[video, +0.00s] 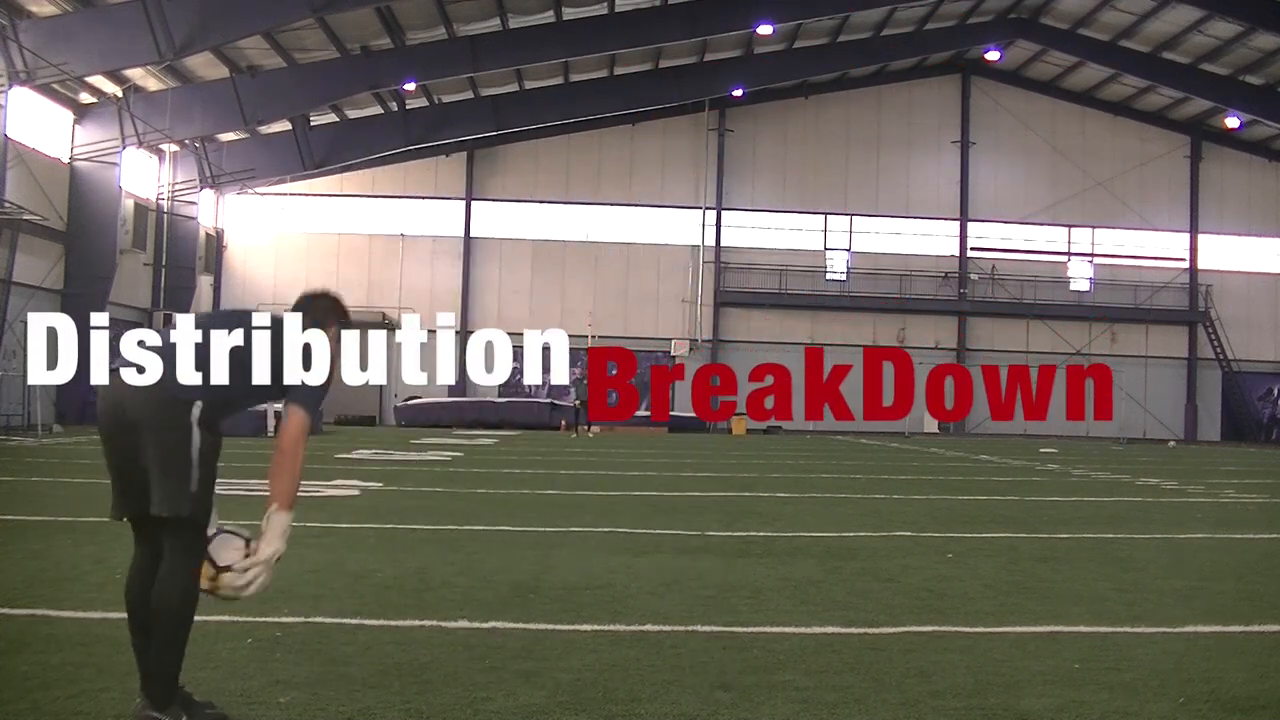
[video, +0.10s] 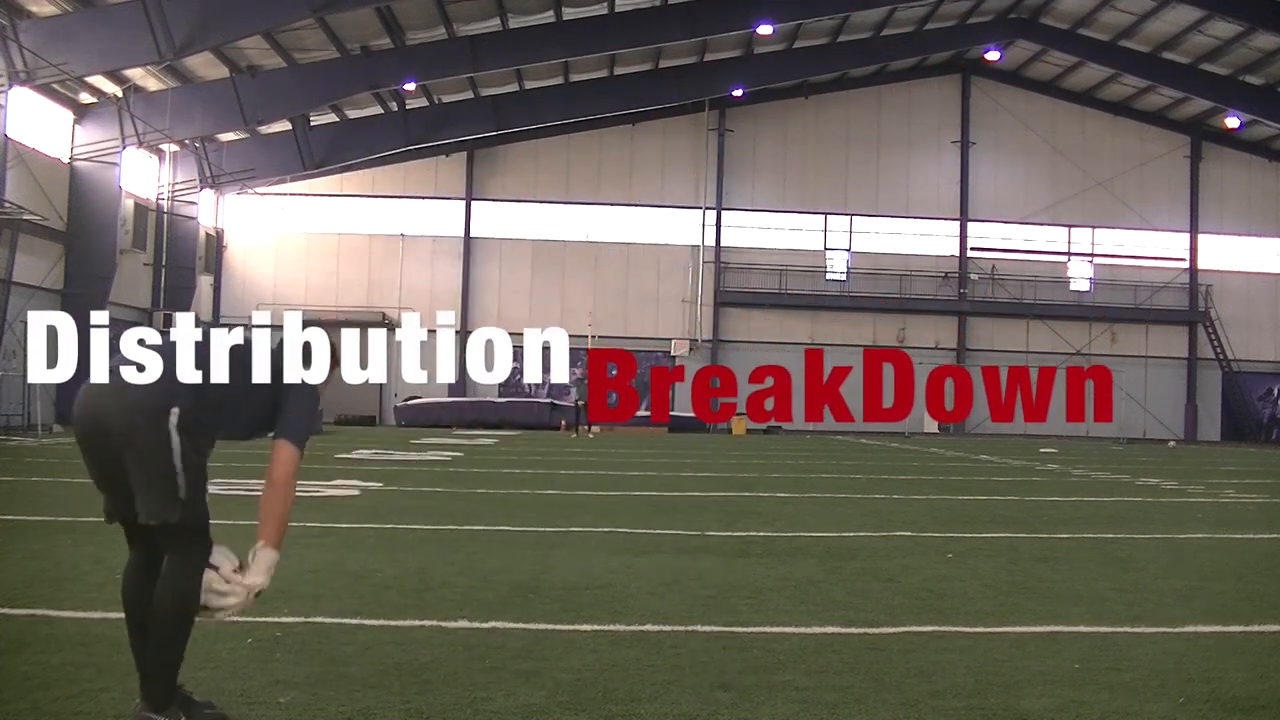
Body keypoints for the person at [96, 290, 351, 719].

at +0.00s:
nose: (336, 351)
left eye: (338, 340)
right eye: (339, 339)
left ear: (297, 316)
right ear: (327, 328)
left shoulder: (246, 327)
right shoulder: (314, 351)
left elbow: (197, 412)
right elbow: (291, 435)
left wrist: (198, 531)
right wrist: (276, 530)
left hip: (120, 397)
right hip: (175, 409)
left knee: (148, 549)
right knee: (183, 551)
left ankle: (155, 693)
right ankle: (162, 699)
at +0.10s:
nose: (329, 378)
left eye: (330, 369)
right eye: (328, 368)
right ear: (320, 361)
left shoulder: (228, 355)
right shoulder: (300, 382)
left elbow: (184, 448)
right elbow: (280, 474)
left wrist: (201, 549)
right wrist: (260, 569)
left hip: (93, 403)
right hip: (156, 411)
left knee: (145, 552)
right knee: (188, 553)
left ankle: (154, 694)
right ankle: (160, 702)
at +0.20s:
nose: (313, 395)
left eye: (316, 386)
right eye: (314, 385)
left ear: (277, 366)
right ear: (299, 378)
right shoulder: (285, 399)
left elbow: (174, 467)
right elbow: (269, 502)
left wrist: (217, 567)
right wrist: (286, 575)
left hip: (74, 417)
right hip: (132, 425)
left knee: (145, 550)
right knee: (199, 554)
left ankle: (154, 691)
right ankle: (160, 700)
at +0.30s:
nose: (293, 384)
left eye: (296, 374)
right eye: (293, 373)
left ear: (250, 353)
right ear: (276, 367)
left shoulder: (204, 367)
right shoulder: (266, 395)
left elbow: (158, 463)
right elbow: (263, 496)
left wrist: (211, 554)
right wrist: (299, 574)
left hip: (56, 431)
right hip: (116, 440)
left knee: (138, 554)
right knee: (196, 558)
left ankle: (155, 692)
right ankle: (160, 701)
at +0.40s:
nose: (273, 359)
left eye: (276, 349)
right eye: (275, 347)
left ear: (227, 326)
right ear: (257, 340)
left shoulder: (176, 342)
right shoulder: (245, 366)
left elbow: (138, 448)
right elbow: (247, 472)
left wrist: (180, 544)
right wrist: (266, 563)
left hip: (37, 432)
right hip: (103, 441)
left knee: (117, 549)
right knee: (181, 558)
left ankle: (140, 684)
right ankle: (160, 704)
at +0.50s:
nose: (246, 323)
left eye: (248, 313)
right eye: (247, 313)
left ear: (198, 300)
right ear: (237, 308)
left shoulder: (154, 323)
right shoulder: (221, 343)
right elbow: (211, 431)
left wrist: (111, 530)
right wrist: (229, 534)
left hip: (14, 427)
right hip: (81, 436)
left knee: (89, 544)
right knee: (160, 555)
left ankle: (71, 686)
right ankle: (160, 703)